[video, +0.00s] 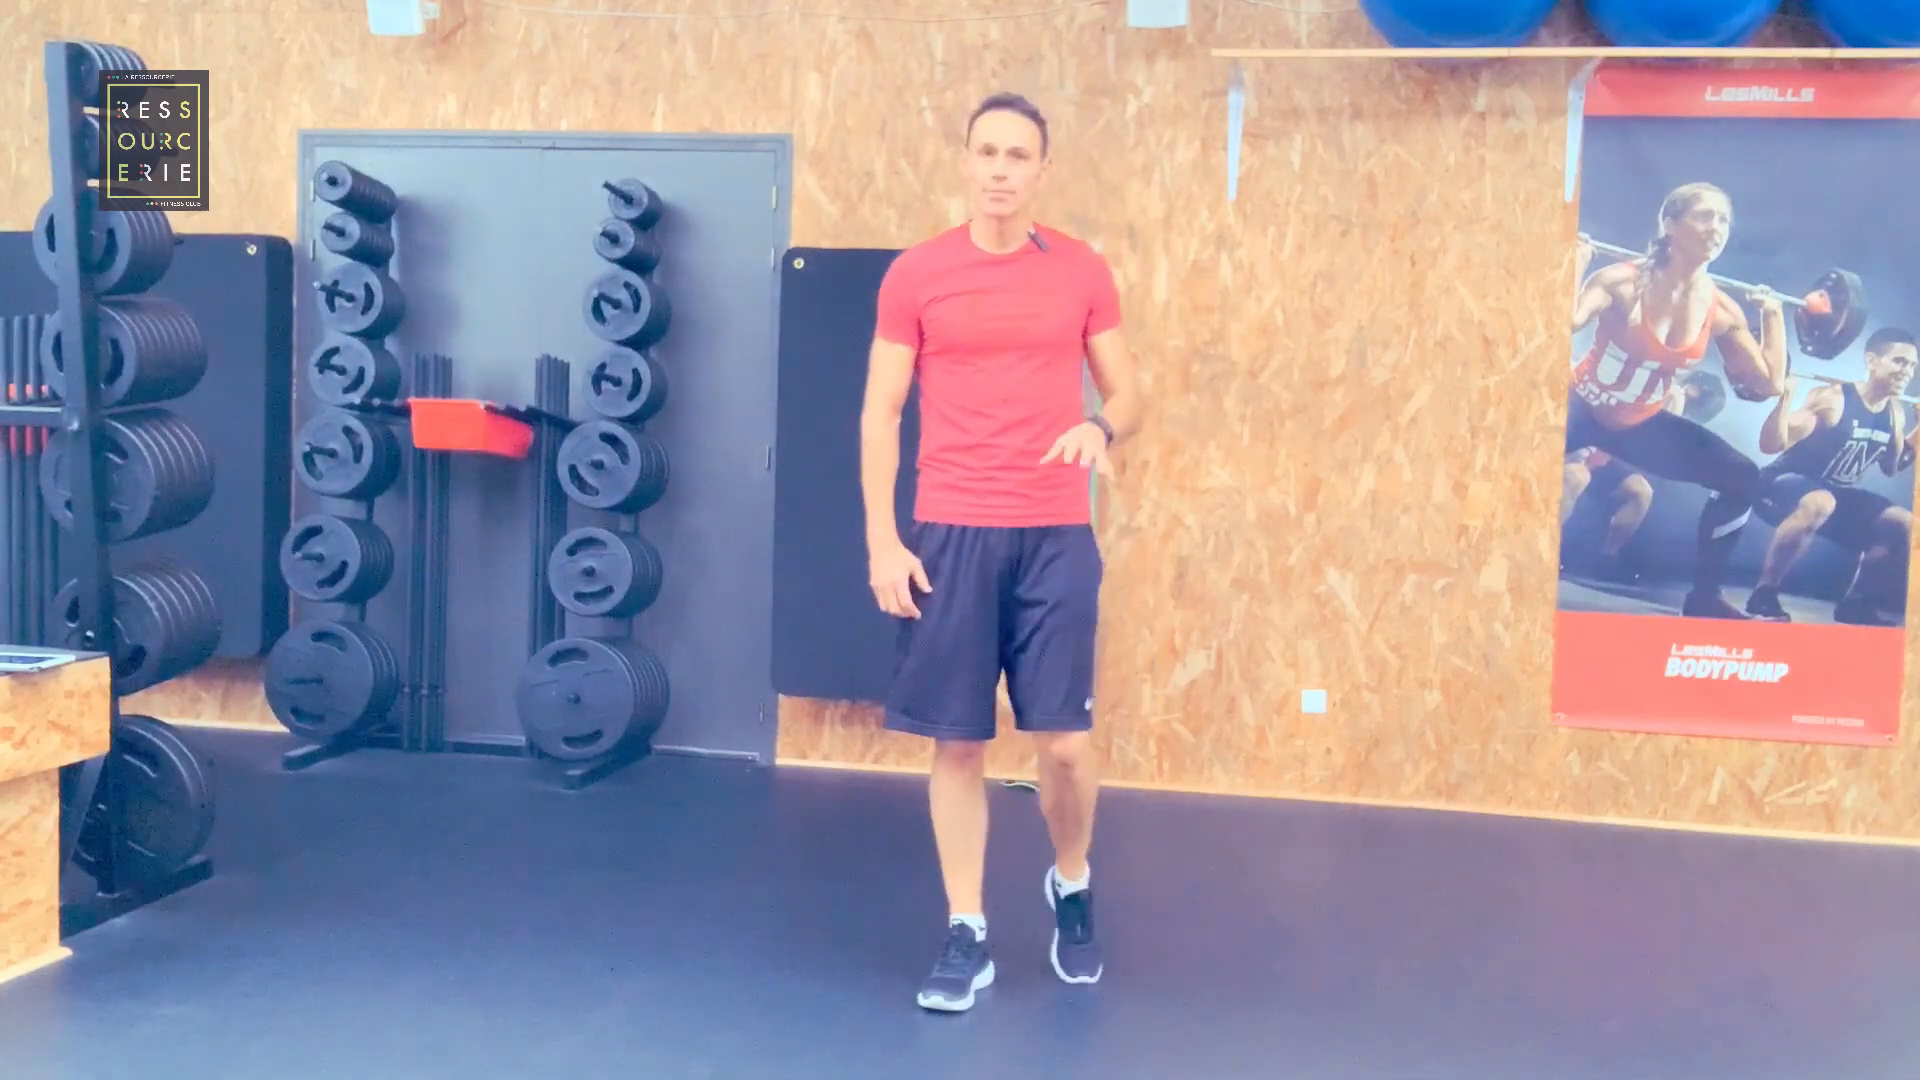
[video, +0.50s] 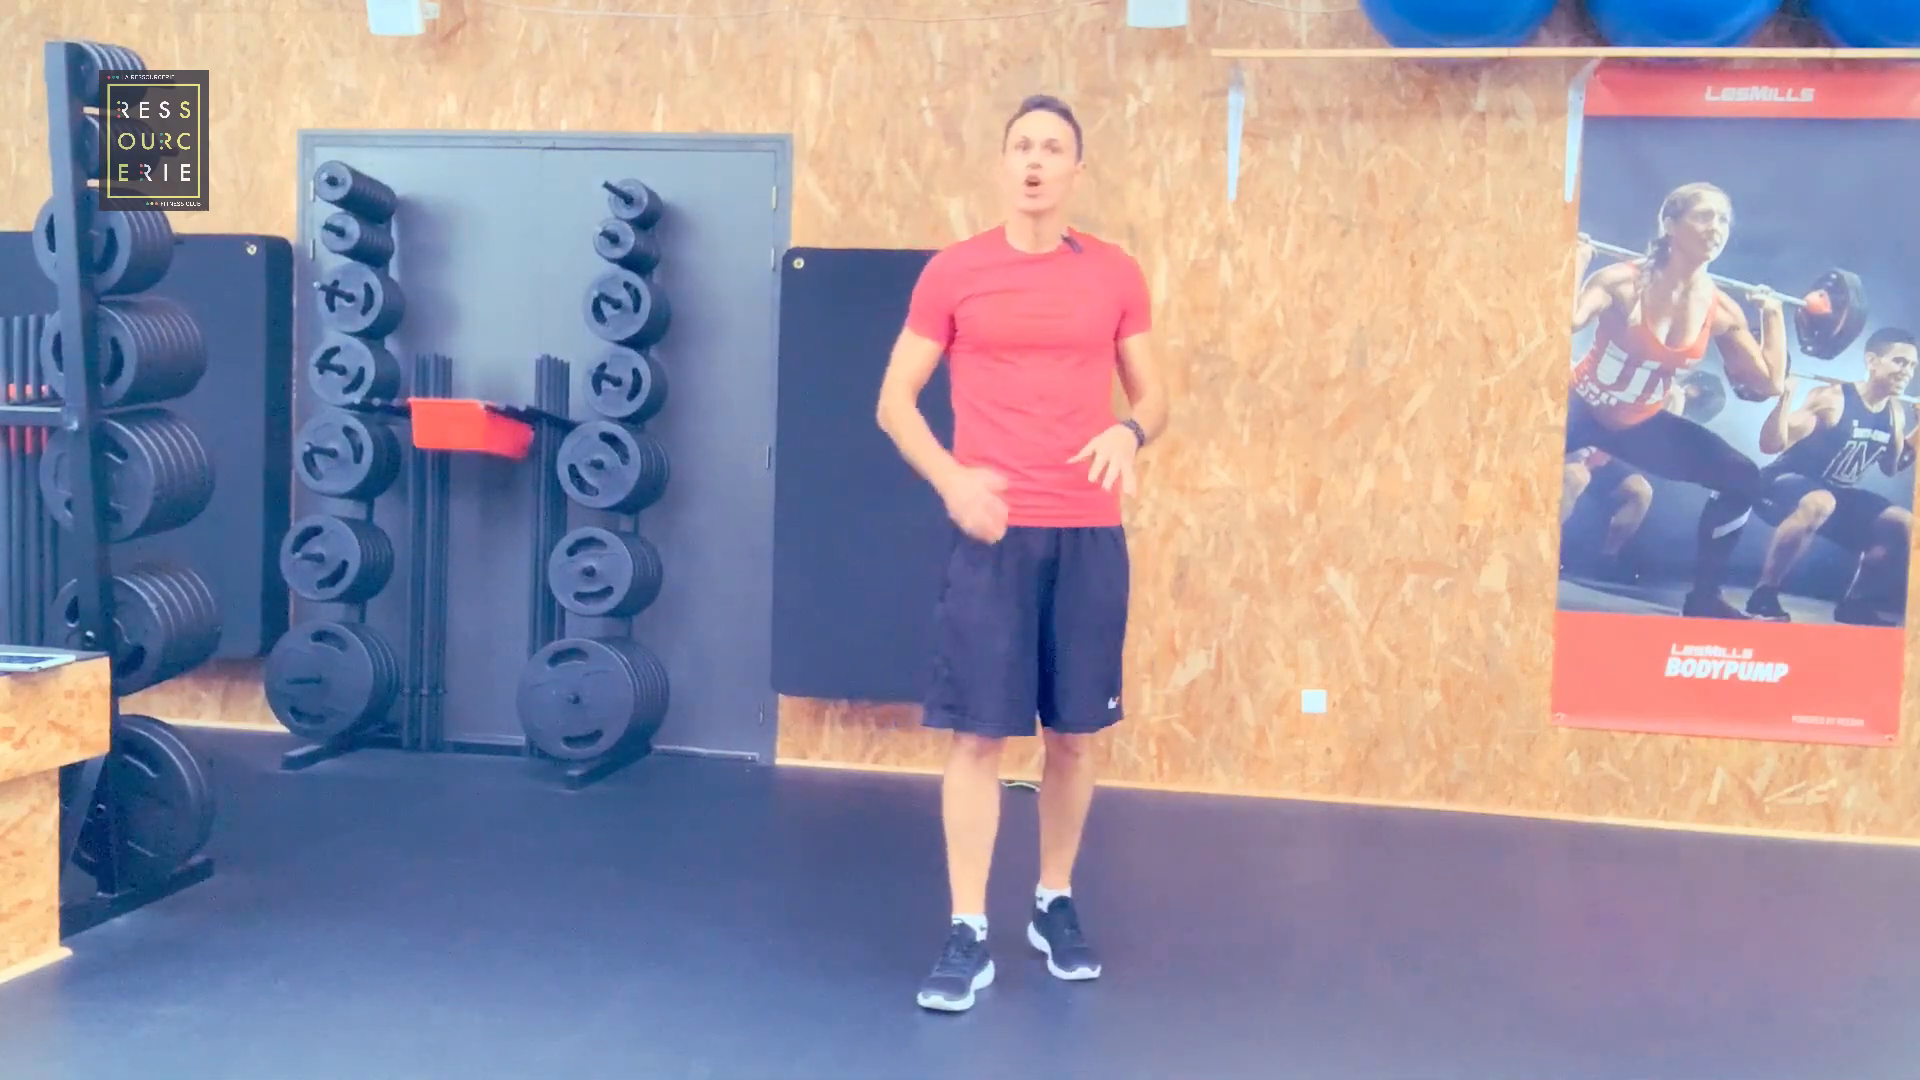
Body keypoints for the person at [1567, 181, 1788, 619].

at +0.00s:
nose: (1716, 228)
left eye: (1724, 220)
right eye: (1704, 216)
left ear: (1728, 232)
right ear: (1670, 224)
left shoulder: (1722, 311)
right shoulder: (1620, 279)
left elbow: (1769, 386)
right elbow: (1559, 325)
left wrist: (1773, 313)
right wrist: (1573, 268)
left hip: (1644, 425)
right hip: (1578, 410)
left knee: (1742, 478)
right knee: (1511, 454)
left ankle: (1705, 597)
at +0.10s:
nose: (1716, 228)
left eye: (1724, 220)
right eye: (1704, 216)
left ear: (1729, 232)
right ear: (1670, 224)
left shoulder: (1721, 310)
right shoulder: (1620, 279)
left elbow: (1770, 385)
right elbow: (1558, 326)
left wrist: (1773, 312)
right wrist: (1573, 268)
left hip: (1644, 425)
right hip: (1578, 409)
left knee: (1742, 478)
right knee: (1510, 454)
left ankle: (1705, 597)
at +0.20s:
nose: (1716, 228)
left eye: (1724, 220)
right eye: (1704, 216)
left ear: (1728, 232)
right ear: (1670, 224)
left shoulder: (1722, 311)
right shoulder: (1620, 279)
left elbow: (1769, 386)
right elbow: (1559, 325)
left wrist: (1773, 313)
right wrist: (1572, 268)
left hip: (1644, 425)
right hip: (1578, 410)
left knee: (1742, 478)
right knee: (1510, 454)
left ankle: (1705, 598)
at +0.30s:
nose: (1716, 228)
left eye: (1724, 220)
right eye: (1704, 216)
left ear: (1728, 232)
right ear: (1670, 224)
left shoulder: (1722, 311)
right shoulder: (1620, 279)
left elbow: (1769, 386)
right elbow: (1558, 325)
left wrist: (1773, 313)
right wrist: (1573, 268)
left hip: (1644, 425)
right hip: (1578, 410)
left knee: (1742, 478)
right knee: (1510, 455)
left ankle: (1705, 598)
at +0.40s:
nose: (1716, 228)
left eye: (1724, 220)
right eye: (1704, 216)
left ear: (1728, 232)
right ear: (1670, 224)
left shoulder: (1722, 311)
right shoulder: (1620, 279)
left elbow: (1769, 386)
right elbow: (1558, 325)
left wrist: (1773, 313)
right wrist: (1573, 268)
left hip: (1644, 425)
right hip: (1578, 410)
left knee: (1742, 477)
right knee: (1510, 455)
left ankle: (1705, 598)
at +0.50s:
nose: (1716, 228)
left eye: (1724, 220)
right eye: (1704, 216)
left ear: (1729, 232)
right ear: (1670, 224)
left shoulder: (1721, 310)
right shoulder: (1620, 279)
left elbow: (1770, 385)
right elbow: (1558, 326)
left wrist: (1773, 312)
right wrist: (1573, 268)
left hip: (1644, 425)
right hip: (1578, 409)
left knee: (1742, 478)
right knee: (1508, 454)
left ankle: (1705, 598)